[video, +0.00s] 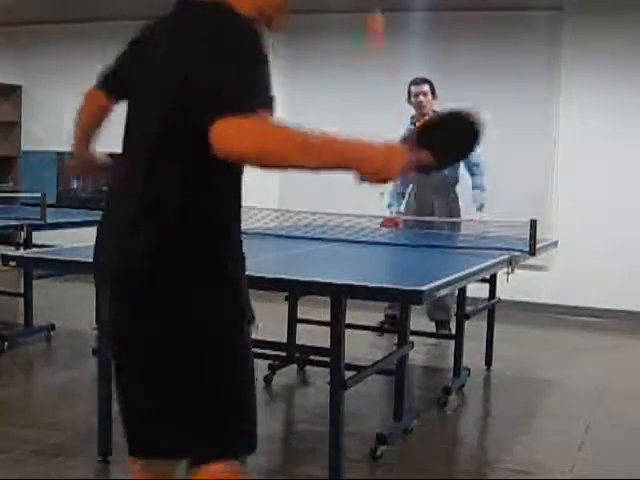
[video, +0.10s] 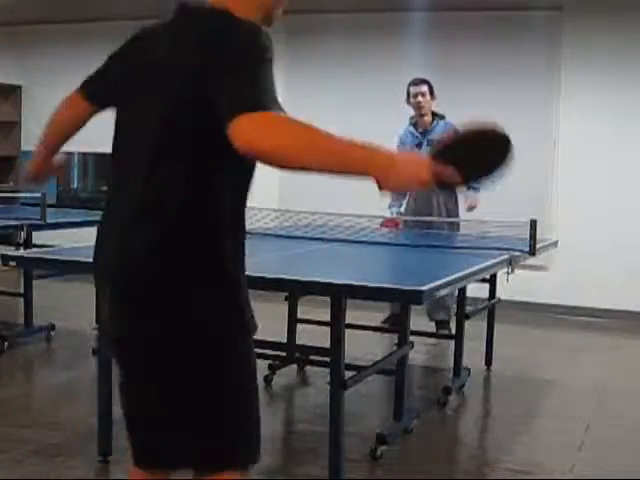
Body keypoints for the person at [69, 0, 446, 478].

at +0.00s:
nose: (290, 8)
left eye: (290, 2)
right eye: (287, 0)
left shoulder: (163, 29)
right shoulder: (231, 34)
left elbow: (96, 100)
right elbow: (235, 135)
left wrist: (80, 154)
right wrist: (360, 154)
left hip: (127, 267)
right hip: (194, 273)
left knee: (149, 446)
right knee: (221, 449)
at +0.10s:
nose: (282, 10)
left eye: (284, 4)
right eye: (281, 2)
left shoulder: (150, 40)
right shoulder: (237, 37)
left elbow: (78, 104)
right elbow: (253, 129)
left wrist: (42, 157)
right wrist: (380, 162)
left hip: (126, 282)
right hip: (195, 285)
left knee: (150, 451)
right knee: (225, 455)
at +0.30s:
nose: (252, 6)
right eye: (251, 2)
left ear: (187, 1)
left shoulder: (123, 55)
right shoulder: (242, 52)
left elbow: (53, 132)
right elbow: (252, 154)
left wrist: (12, 209)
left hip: (101, 304)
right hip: (183, 314)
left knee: (122, 446)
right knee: (217, 462)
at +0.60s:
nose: (177, 12)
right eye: (178, 7)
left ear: (109, 7)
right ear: (169, 7)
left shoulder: (46, 74)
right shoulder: (182, 75)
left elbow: (5, 163)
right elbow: (201, 177)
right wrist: (209, 266)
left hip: (51, 293)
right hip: (139, 299)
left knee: (35, 433)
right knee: (161, 458)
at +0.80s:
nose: (124, 13)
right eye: (124, 8)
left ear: (59, 8)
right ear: (117, 7)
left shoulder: (9, 64)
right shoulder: (137, 70)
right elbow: (168, 165)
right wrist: (178, 245)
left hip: (14, 273)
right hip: (102, 277)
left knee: (14, 427)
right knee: (136, 435)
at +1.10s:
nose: (111, 15)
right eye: (112, 10)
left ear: (48, 9)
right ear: (108, 9)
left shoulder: (9, 69)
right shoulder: (128, 76)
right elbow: (155, 165)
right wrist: (155, 226)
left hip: (9, 276)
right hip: (86, 280)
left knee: (4, 421)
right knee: (87, 427)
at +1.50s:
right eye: (44, 38)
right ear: (42, 41)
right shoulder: (71, 108)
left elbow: (109, 191)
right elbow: (112, 191)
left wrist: (90, 205)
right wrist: (85, 207)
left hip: (5, 278)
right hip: (50, 278)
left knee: (62, 399)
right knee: (62, 397)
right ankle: (76, 474)